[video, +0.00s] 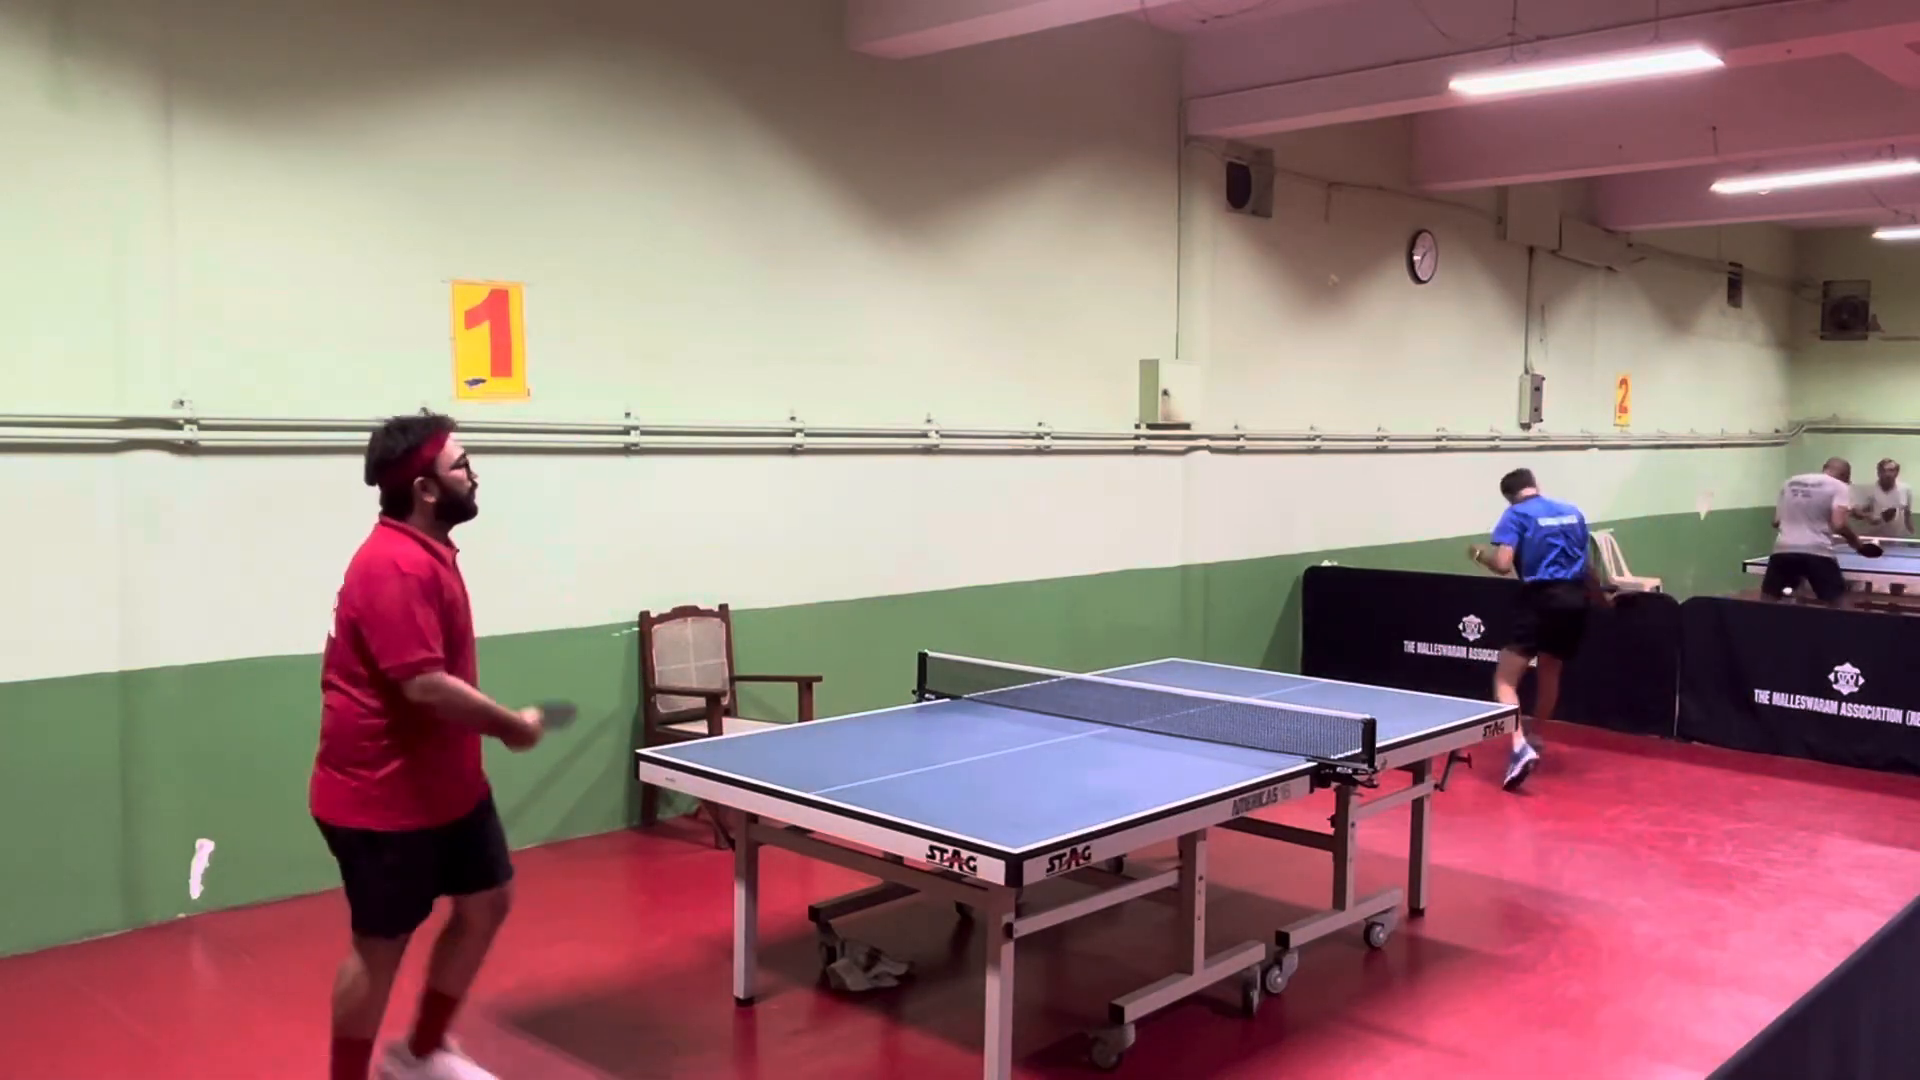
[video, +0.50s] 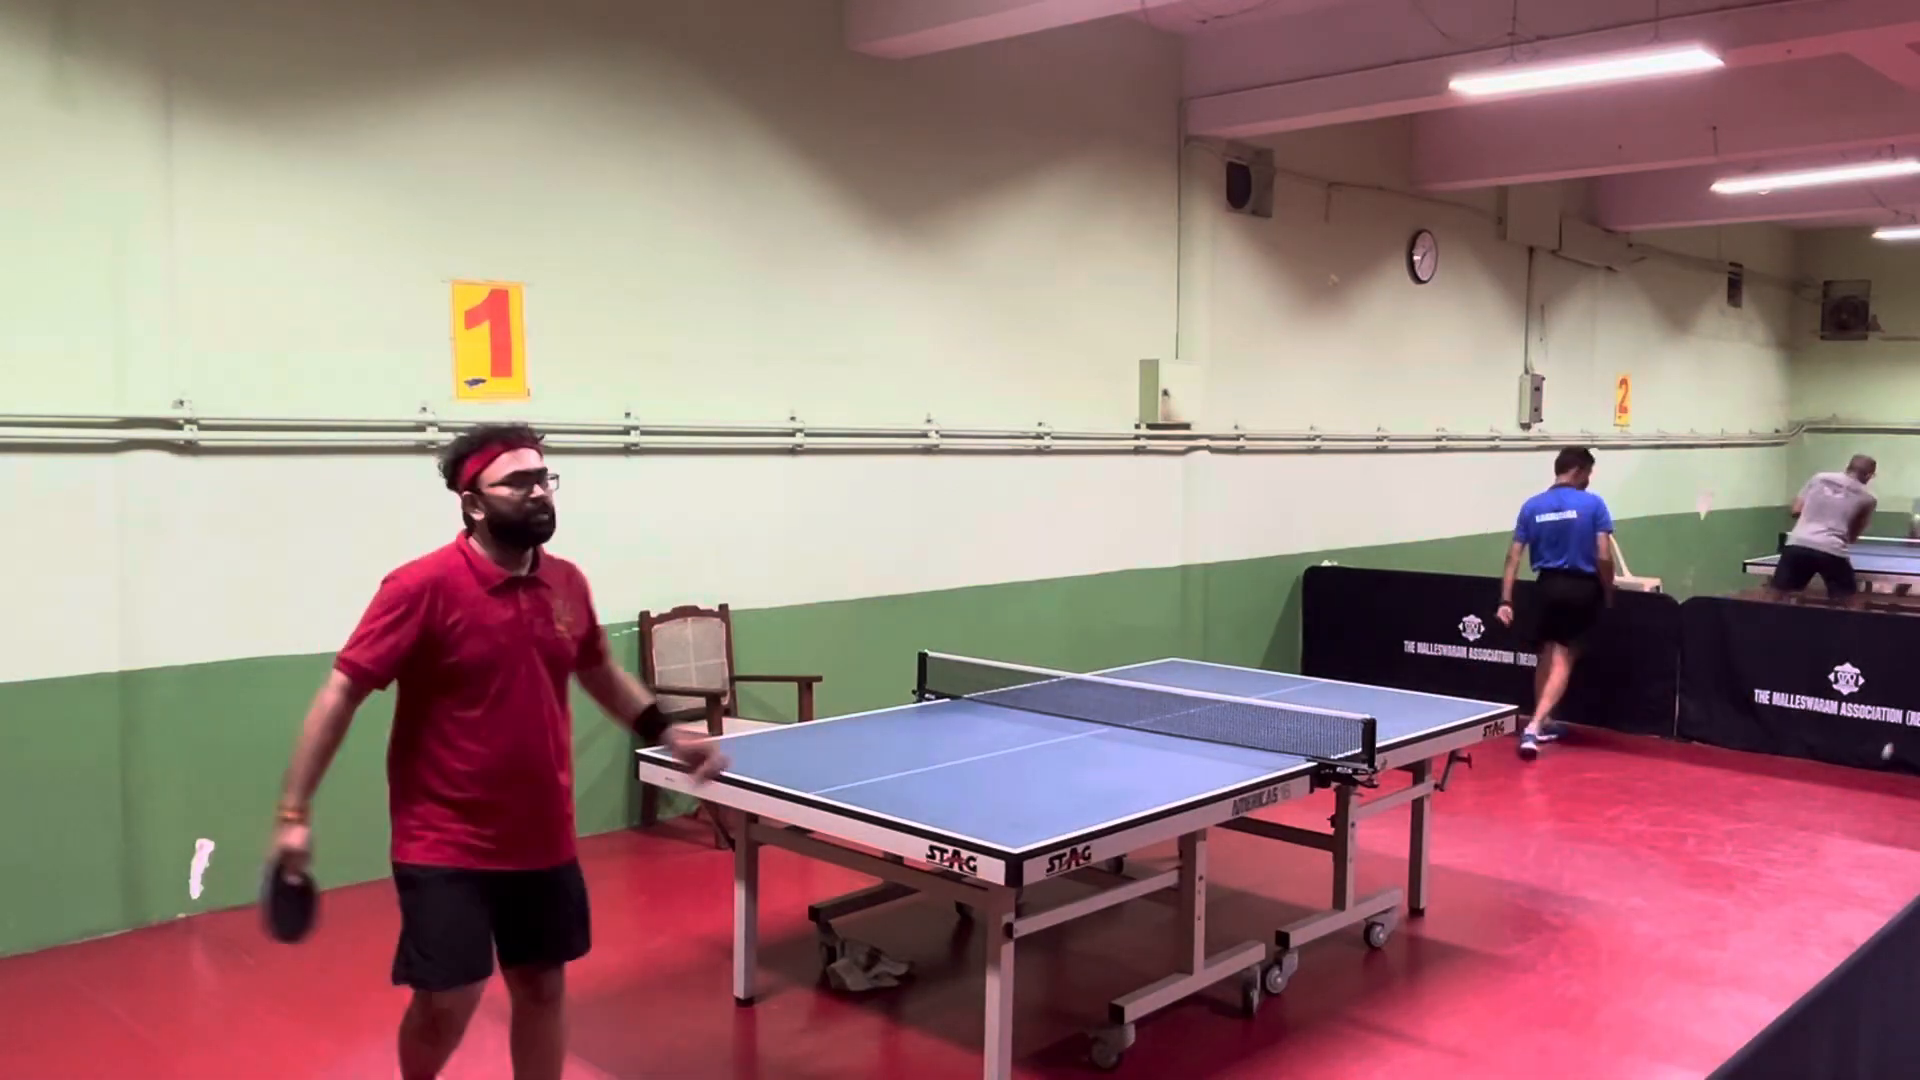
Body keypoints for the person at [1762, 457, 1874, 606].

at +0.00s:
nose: (1847, 483)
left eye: (1847, 480)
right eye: (1847, 480)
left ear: (1824, 468)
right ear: (1845, 477)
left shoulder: (1791, 482)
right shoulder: (1839, 486)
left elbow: (1777, 522)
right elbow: (1839, 525)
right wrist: (1860, 546)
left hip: (1783, 555)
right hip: (1818, 557)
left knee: (1766, 605)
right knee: (1840, 609)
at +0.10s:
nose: (1846, 484)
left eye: (1848, 482)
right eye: (1847, 481)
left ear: (1824, 467)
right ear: (1845, 477)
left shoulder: (1792, 480)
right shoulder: (1840, 487)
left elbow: (1775, 519)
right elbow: (1844, 530)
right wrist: (1864, 549)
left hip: (1782, 551)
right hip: (1816, 553)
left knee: (1766, 604)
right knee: (1842, 605)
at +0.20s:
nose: (1854, 480)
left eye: (1855, 477)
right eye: (1854, 476)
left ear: (1831, 467)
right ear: (1851, 475)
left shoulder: (1800, 478)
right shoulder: (1848, 494)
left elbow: (1778, 512)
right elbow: (1843, 533)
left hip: (1783, 548)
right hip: (1817, 552)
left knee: (1766, 602)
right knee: (1840, 606)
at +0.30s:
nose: (1863, 479)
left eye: (1864, 475)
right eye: (1863, 475)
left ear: (1840, 467)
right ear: (1860, 475)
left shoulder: (1810, 477)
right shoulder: (1857, 499)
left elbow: (1786, 508)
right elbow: (1841, 524)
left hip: (1789, 547)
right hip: (1823, 553)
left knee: (1768, 598)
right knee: (1841, 606)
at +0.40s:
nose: (1868, 479)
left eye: (1869, 475)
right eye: (1869, 475)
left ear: (1846, 467)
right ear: (1865, 476)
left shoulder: (1816, 477)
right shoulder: (1864, 500)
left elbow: (1792, 508)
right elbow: (1846, 524)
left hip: (1794, 547)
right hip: (1828, 553)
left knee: (1772, 597)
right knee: (1846, 605)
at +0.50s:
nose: (1871, 477)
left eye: (1872, 474)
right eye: (1872, 474)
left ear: (1848, 467)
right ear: (1868, 475)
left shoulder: (1819, 478)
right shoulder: (1867, 499)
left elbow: (1796, 509)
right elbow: (1853, 535)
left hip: (1797, 549)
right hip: (1832, 555)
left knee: (1775, 599)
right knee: (1847, 608)